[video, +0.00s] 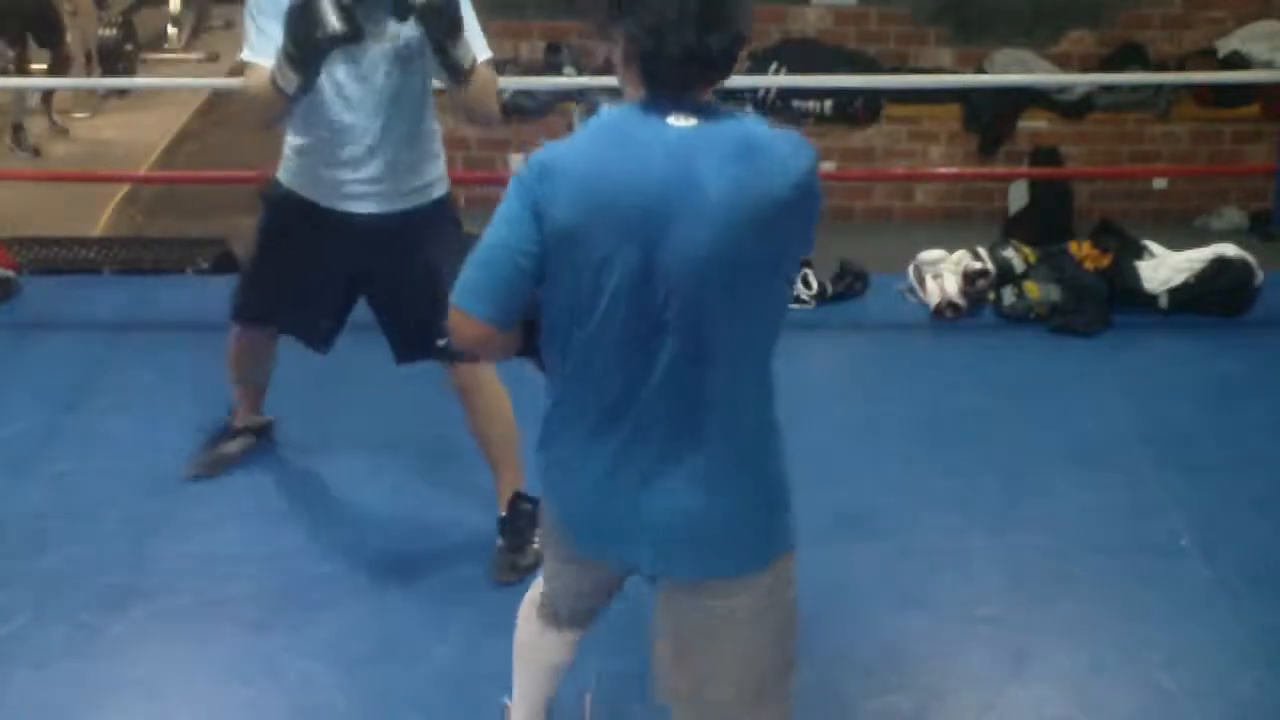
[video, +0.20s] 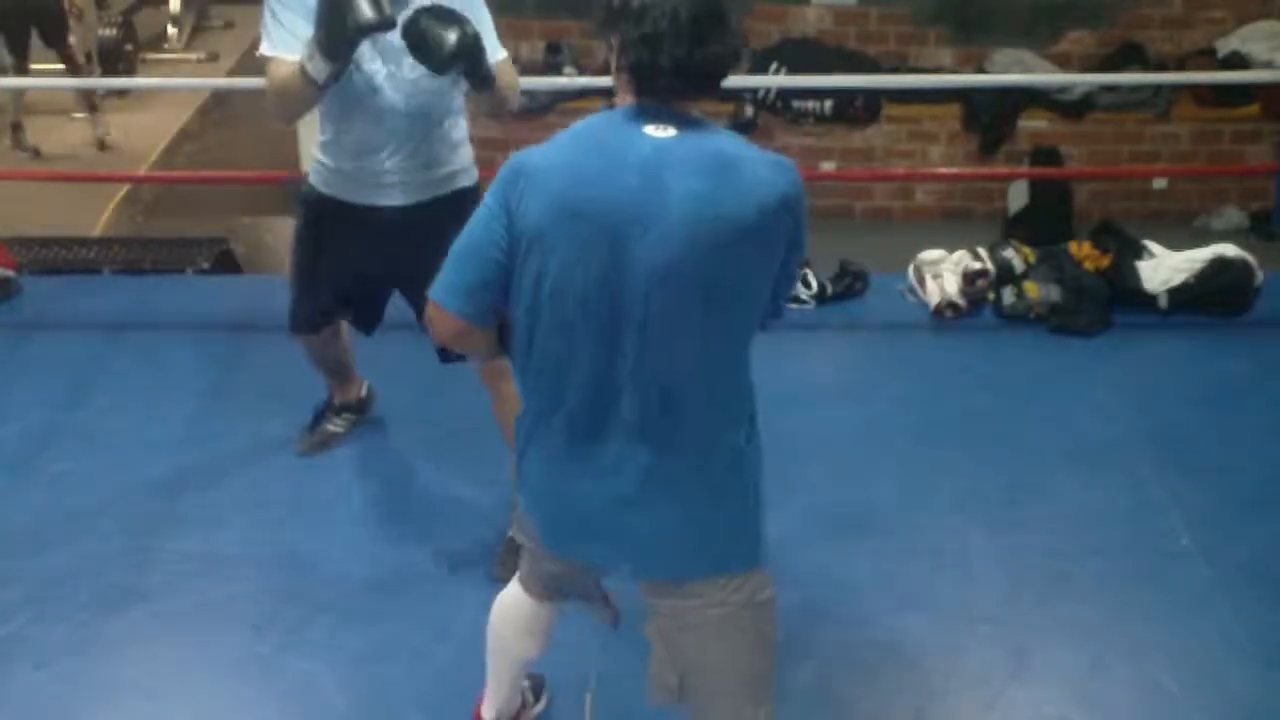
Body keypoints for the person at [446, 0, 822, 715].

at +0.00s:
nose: (605, 52)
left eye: (611, 37)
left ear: (623, 53)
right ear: (732, 54)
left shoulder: (556, 172)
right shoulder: (785, 170)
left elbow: (473, 330)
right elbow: (769, 283)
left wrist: (554, 330)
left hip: (589, 491)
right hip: (726, 507)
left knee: (556, 612)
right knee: (731, 704)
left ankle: (524, 710)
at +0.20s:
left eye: (612, 46)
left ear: (619, 63)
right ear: (724, 70)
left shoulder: (535, 173)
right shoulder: (770, 186)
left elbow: (450, 322)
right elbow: (760, 310)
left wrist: (533, 334)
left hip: (561, 488)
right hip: (700, 511)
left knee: (534, 589)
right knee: (729, 707)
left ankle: (498, 706)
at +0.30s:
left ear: (610, 60)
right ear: (708, 68)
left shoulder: (524, 162)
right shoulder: (752, 179)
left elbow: (440, 298)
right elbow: (750, 306)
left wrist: (514, 320)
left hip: (542, 471)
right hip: (673, 493)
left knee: (529, 585)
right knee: (726, 700)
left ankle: (496, 705)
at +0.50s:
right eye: (747, 70)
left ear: (635, 67)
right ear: (738, 85)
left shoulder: (543, 159)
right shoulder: (762, 196)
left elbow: (444, 294)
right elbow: (759, 329)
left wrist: (504, 323)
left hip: (531, 478)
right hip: (659, 511)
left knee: (520, 597)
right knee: (726, 705)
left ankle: (497, 705)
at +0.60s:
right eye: (764, 78)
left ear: (658, 74)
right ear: (756, 94)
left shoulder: (555, 162)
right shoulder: (780, 211)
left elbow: (456, 297)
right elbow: (776, 343)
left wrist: (527, 344)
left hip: (536, 488)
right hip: (668, 522)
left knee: (525, 606)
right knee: (712, 706)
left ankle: (500, 706)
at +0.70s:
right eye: (771, 78)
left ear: (660, 69)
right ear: (761, 91)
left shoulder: (556, 160)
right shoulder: (781, 209)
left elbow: (457, 295)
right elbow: (784, 338)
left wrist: (547, 337)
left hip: (539, 490)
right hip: (671, 522)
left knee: (534, 595)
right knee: (707, 706)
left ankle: (496, 704)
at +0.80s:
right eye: (760, 77)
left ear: (645, 72)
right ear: (750, 92)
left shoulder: (556, 164)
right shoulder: (771, 210)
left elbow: (440, 277)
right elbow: (787, 333)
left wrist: (539, 303)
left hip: (538, 492)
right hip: (668, 525)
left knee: (544, 562)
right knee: (711, 705)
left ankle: (493, 684)